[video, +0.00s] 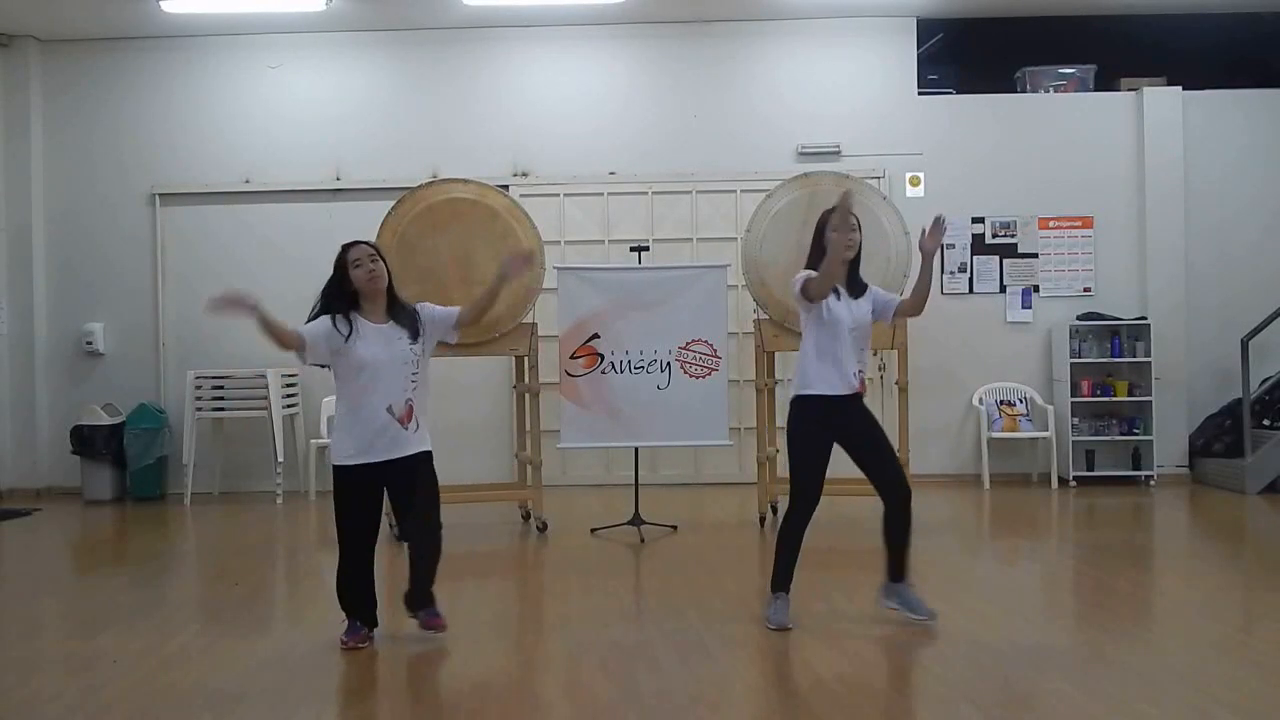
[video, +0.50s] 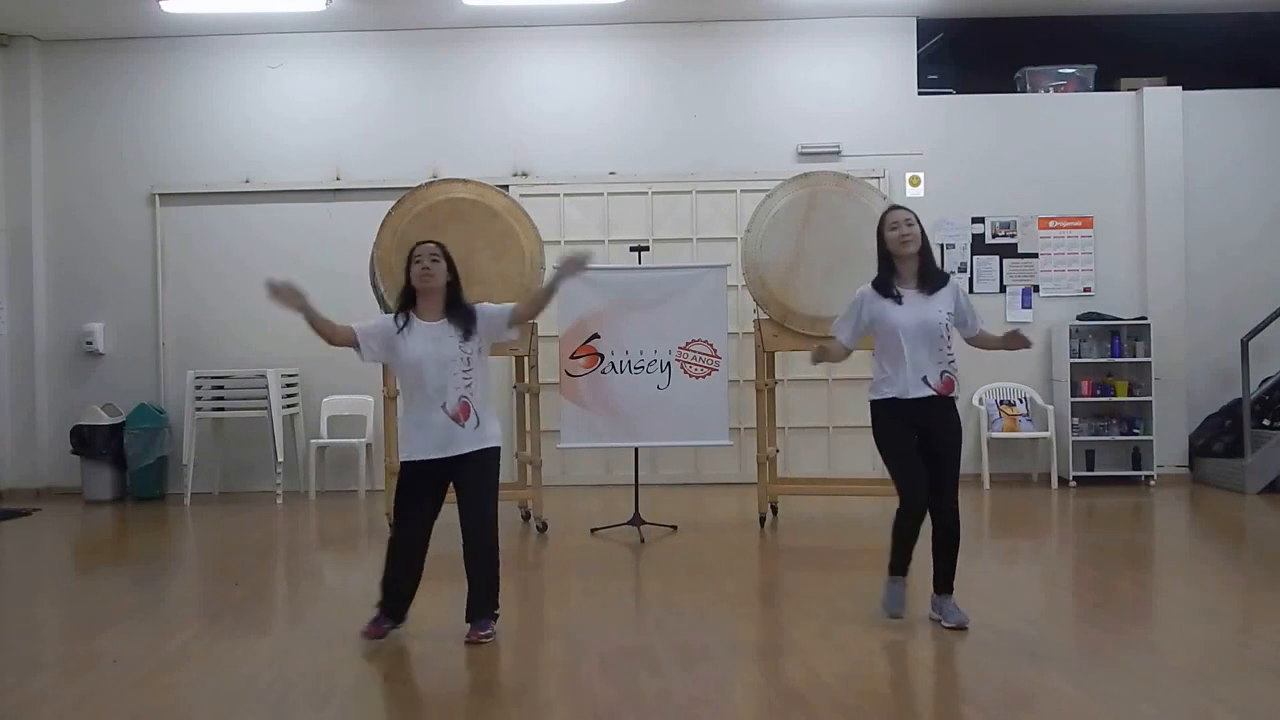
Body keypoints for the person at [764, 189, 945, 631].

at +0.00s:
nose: (852, 234)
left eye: (855, 228)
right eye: (843, 228)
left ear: (859, 240)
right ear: (823, 237)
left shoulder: (865, 293)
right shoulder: (806, 281)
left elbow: (913, 307)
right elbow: (818, 292)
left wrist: (927, 260)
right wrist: (836, 257)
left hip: (852, 407)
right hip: (811, 408)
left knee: (897, 491)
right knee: (803, 503)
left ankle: (896, 586)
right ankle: (779, 596)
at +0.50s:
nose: (904, 231)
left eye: (909, 224)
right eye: (894, 227)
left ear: (922, 233)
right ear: (883, 241)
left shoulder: (948, 289)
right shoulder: (870, 296)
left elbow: (975, 335)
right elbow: (841, 347)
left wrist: (1003, 341)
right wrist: (824, 352)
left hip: (940, 409)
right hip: (891, 409)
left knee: (945, 506)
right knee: (914, 497)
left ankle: (943, 598)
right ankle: (896, 581)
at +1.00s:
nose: (892, 228)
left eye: (899, 220)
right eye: (883, 222)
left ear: (912, 230)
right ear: (872, 234)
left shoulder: (928, 280)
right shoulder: (859, 282)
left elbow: (951, 262)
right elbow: (822, 269)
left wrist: (938, 207)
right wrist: (820, 216)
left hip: (920, 402)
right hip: (869, 401)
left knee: (932, 500)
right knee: (841, 496)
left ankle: (945, 594)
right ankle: (822, 588)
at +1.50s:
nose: (833, 229)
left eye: (839, 223)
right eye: (823, 223)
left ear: (848, 235)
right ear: (808, 234)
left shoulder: (857, 294)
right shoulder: (784, 286)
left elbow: (882, 347)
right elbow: (742, 333)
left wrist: (922, 331)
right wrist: (736, 308)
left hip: (835, 409)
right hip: (789, 408)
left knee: (839, 512)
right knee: (788, 506)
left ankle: (803, 580)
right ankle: (778, 598)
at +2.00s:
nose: (847, 224)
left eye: (853, 218)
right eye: (837, 219)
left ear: (864, 229)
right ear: (822, 235)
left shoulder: (877, 282)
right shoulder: (816, 277)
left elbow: (922, 264)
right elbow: (850, 249)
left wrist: (923, 209)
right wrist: (865, 191)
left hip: (869, 403)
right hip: (824, 405)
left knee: (909, 496)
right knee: (809, 502)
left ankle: (941, 589)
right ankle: (781, 597)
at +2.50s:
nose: (907, 229)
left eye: (913, 221)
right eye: (898, 224)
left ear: (929, 230)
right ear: (889, 236)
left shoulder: (954, 287)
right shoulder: (874, 289)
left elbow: (984, 337)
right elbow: (838, 335)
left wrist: (1027, 327)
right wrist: (809, 325)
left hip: (950, 405)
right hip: (901, 408)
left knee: (956, 503)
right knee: (926, 503)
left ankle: (954, 598)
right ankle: (927, 592)